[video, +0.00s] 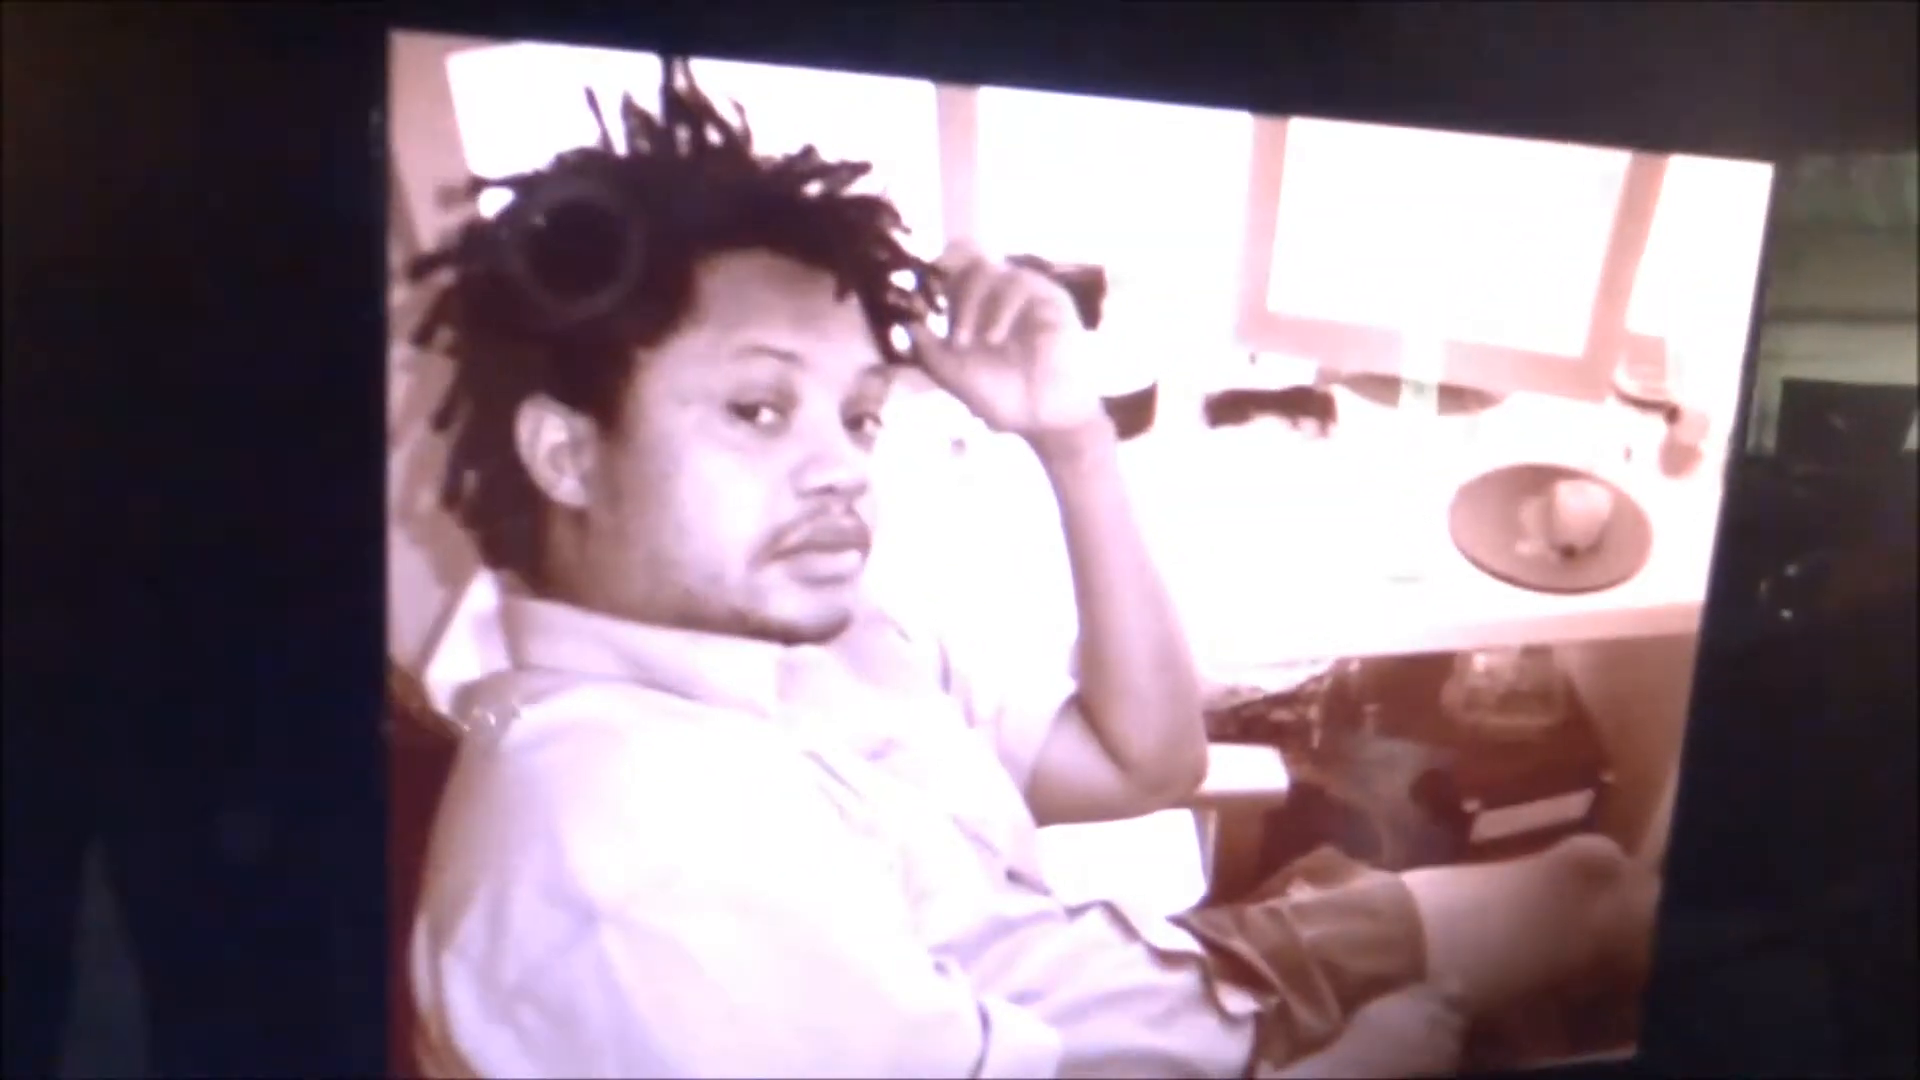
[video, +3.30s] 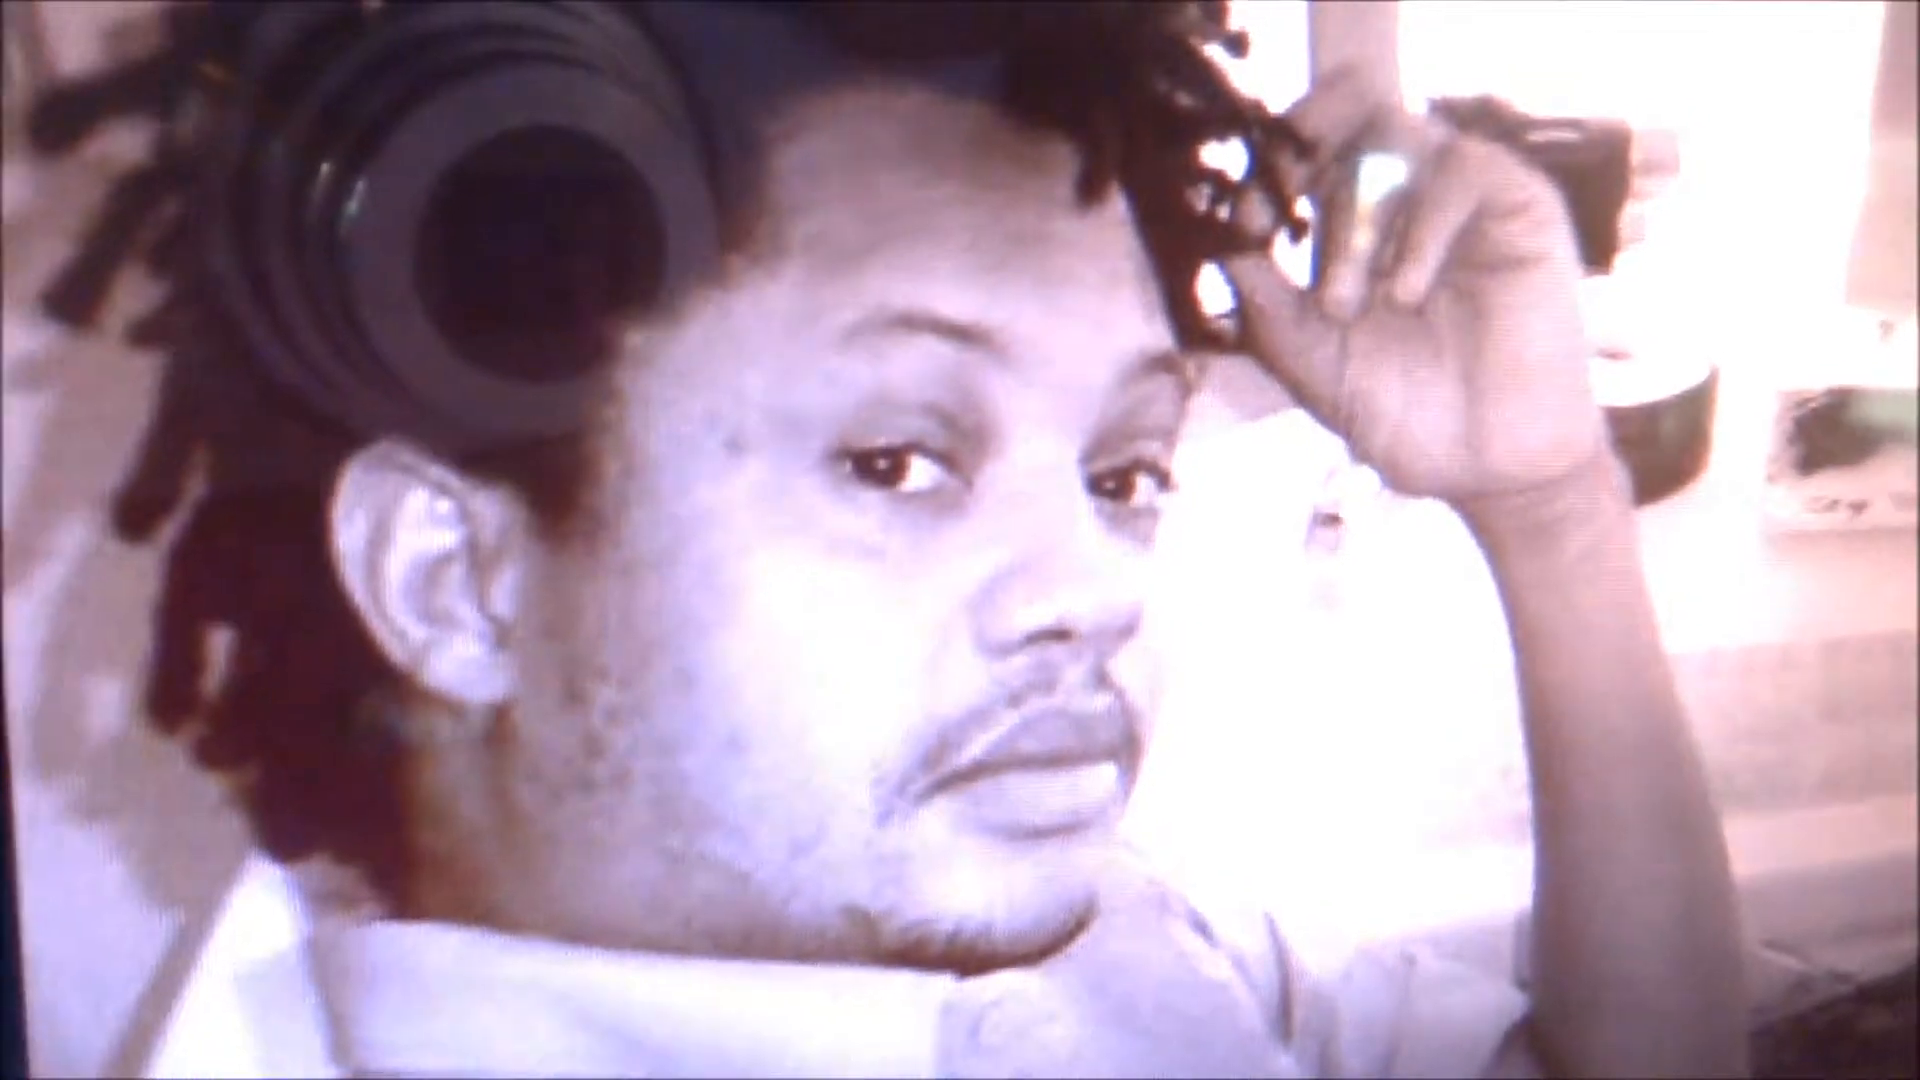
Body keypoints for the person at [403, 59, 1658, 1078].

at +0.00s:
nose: (844, 470)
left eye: (856, 415)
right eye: (756, 411)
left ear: (887, 416)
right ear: (561, 452)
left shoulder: (826, 641)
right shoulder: (600, 835)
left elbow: (1146, 763)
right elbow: (959, 1066)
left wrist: (1071, 435)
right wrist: (1344, 1041)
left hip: (1168, 971)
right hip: (1144, 1071)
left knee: (1596, 878)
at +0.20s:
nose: (790, 385)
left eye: (802, 325)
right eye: (697, 320)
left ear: (835, 328)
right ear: (490, 368)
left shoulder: (766, 567)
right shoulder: (543, 779)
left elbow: (1110, 680)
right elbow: (1000, 1030)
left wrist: (1031, 346)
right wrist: (1408, 920)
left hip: (1177, 875)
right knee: (1611, 818)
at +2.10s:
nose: (839, 470)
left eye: (855, 393)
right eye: (724, 386)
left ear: (893, 398)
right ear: (465, 449)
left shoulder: (851, 697)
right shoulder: (531, 903)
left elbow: (1237, 823)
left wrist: (1141, 410)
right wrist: (1514, 1034)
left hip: (1291, 1040)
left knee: (1793, 939)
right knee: (1810, 968)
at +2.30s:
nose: (959, 554)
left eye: (979, 475)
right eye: (825, 461)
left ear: (1014, 487)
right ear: (527, 538)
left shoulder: (989, 826)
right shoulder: (583, 1011)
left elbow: (1396, 962)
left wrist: (1295, 492)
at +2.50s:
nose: (1074, 588)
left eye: (1094, 497)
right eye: (916, 490)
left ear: (1138, 495)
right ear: (577, 574)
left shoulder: (1118, 880)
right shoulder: (632, 1040)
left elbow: (1545, 1041)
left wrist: (1445, 535)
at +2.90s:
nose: (1182, 601)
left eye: (1211, 495)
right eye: (1005, 480)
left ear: (1258, 503)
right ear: (598, 584)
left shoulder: (1250, 963)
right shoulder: (463, 1044)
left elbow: (1692, 1048)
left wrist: (1603, 523)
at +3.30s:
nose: (1095, 591)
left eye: (1125, 478)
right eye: (896, 461)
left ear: (1174, 487)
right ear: (446, 581)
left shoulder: (1182, 1000)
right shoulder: (227, 1042)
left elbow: (1649, 1052)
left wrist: (1549, 512)